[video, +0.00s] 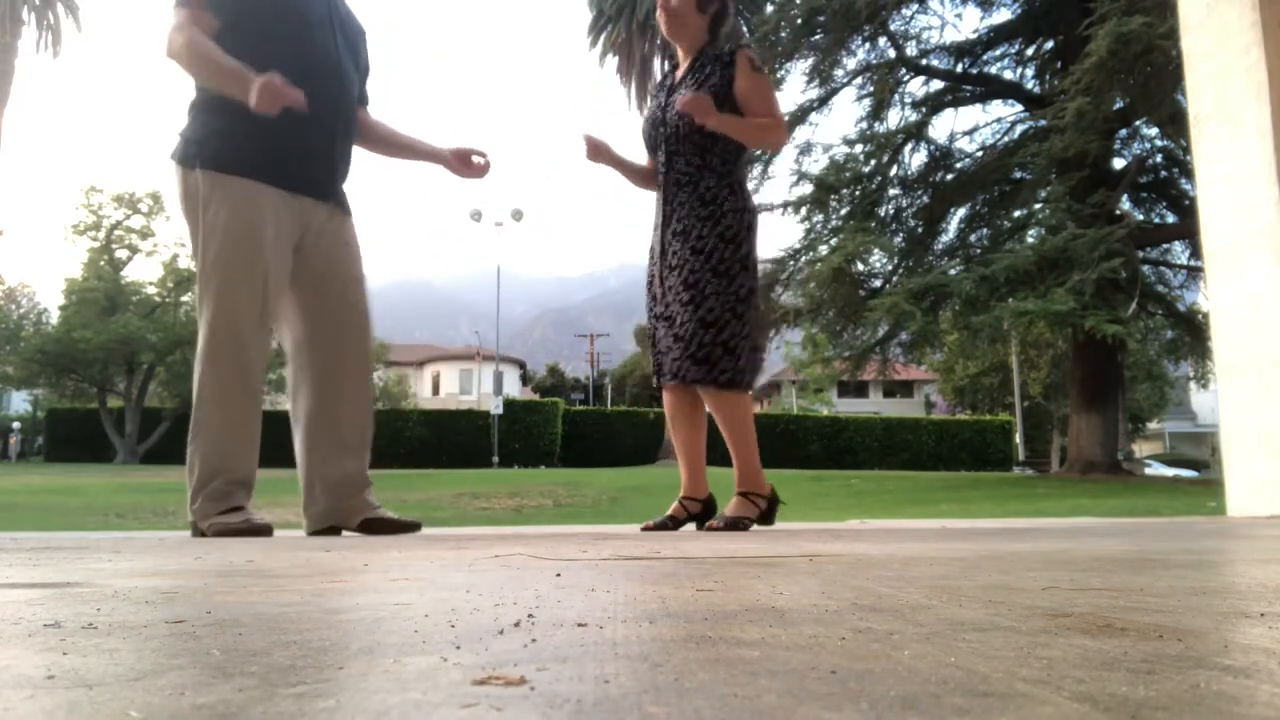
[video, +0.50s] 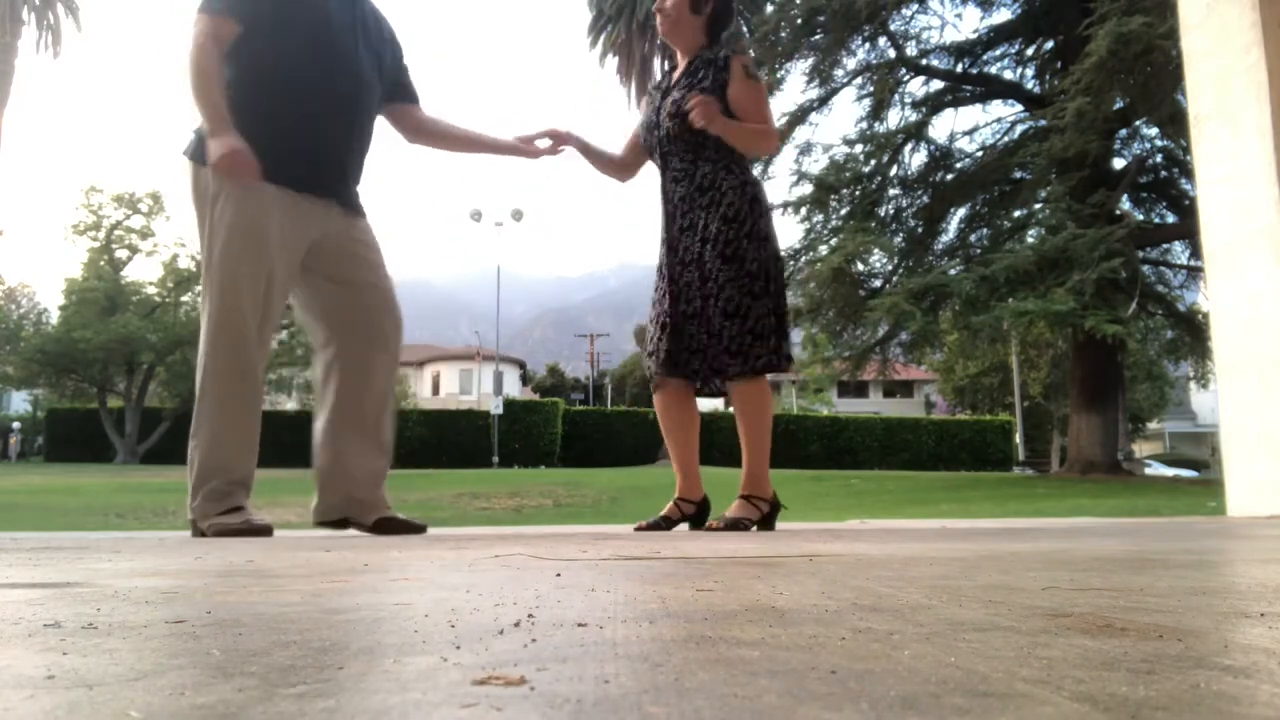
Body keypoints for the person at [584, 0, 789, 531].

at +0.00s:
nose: (661, 7)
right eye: (659, 1)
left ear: (705, 7)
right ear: (660, 14)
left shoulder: (736, 62)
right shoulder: (667, 84)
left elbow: (775, 133)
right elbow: (660, 178)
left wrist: (715, 119)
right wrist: (613, 159)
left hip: (718, 226)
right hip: (672, 227)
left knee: (713, 360)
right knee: (673, 362)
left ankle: (754, 490)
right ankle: (694, 495)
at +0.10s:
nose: (658, 8)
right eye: (657, 2)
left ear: (701, 5)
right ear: (664, 15)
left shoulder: (736, 57)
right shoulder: (673, 83)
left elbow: (776, 130)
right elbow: (673, 180)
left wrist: (710, 125)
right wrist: (622, 162)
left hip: (725, 220)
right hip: (679, 223)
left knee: (713, 356)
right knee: (668, 357)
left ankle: (756, 494)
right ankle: (693, 495)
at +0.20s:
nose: (656, 10)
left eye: (664, 1)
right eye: (655, 3)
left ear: (698, 4)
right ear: (670, 13)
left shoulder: (733, 47)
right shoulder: (674, 81)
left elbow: (774, 119)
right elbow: (677, 176)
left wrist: (707, 111)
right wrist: (625, 154)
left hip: (733, 215)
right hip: (686, 221)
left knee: (723, 349)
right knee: (666, 353)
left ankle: (756, 493)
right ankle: (690, 491)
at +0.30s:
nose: (656, 9)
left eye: (665, 1)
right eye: (655, 3)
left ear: (698, 3)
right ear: (673, 12)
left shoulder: (732, 47)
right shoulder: (671, 80)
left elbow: (774, 118)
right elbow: (673, 174)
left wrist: (706, 105)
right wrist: (620, 146)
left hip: (737, 219)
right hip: (689, 226)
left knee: (740, 353)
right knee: (663, 354)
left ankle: (757, 493)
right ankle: (688, 487)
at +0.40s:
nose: (657, 8)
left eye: (667, 1)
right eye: (658, 2)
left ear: (699, 8)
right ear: (672, 15)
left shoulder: (732, 58)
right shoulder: (666, 92)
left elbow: (771, 126)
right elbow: (648, 174)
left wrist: (707, 118)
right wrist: (599, 140)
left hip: (739, 224)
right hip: (686, 231)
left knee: (746, 357)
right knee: (665, 360)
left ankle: (758, 495)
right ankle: (687, 491)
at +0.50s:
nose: (657, 9)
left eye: (668, 1)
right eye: (658, 2)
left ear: (702, 9)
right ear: (671, 14)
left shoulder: (731, 65)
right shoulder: (664, 91)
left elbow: (767, 141)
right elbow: (623, 166)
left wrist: (719, 123)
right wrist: (576, 142)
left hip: (733, 227)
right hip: (682, 235)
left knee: (743, 359)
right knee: (668, 364)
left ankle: (758, 495)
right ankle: (689, 496)